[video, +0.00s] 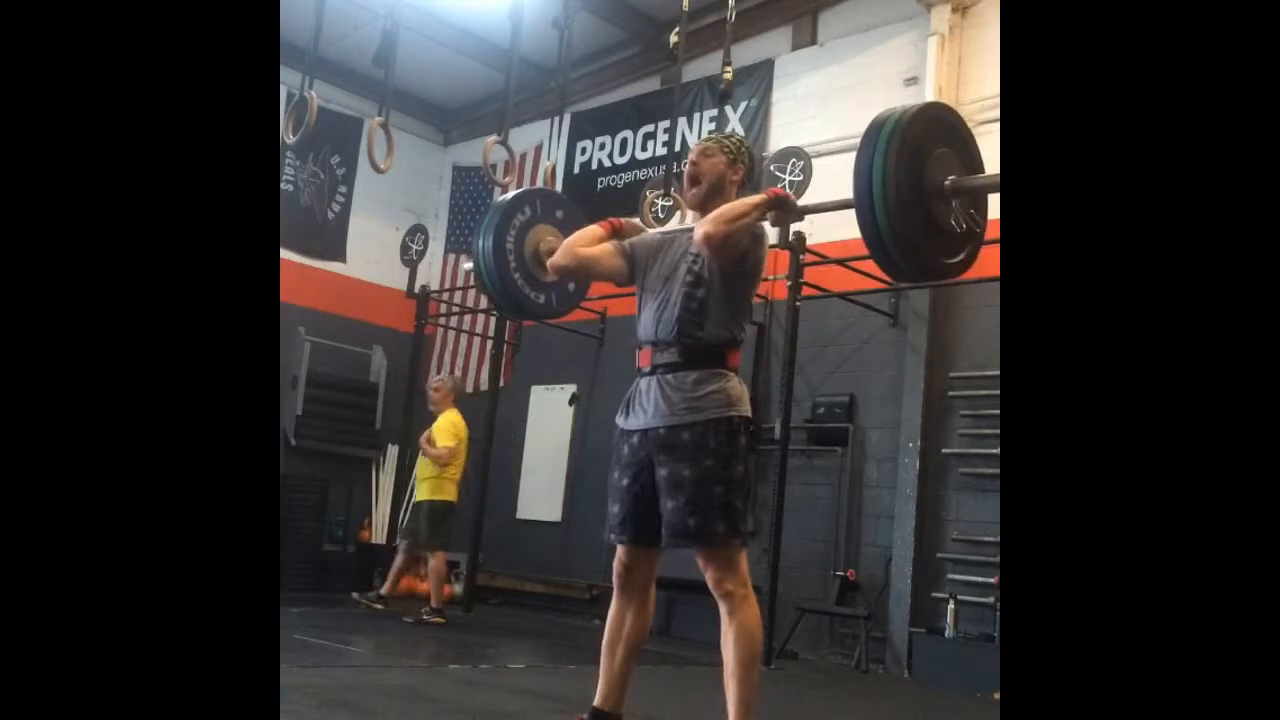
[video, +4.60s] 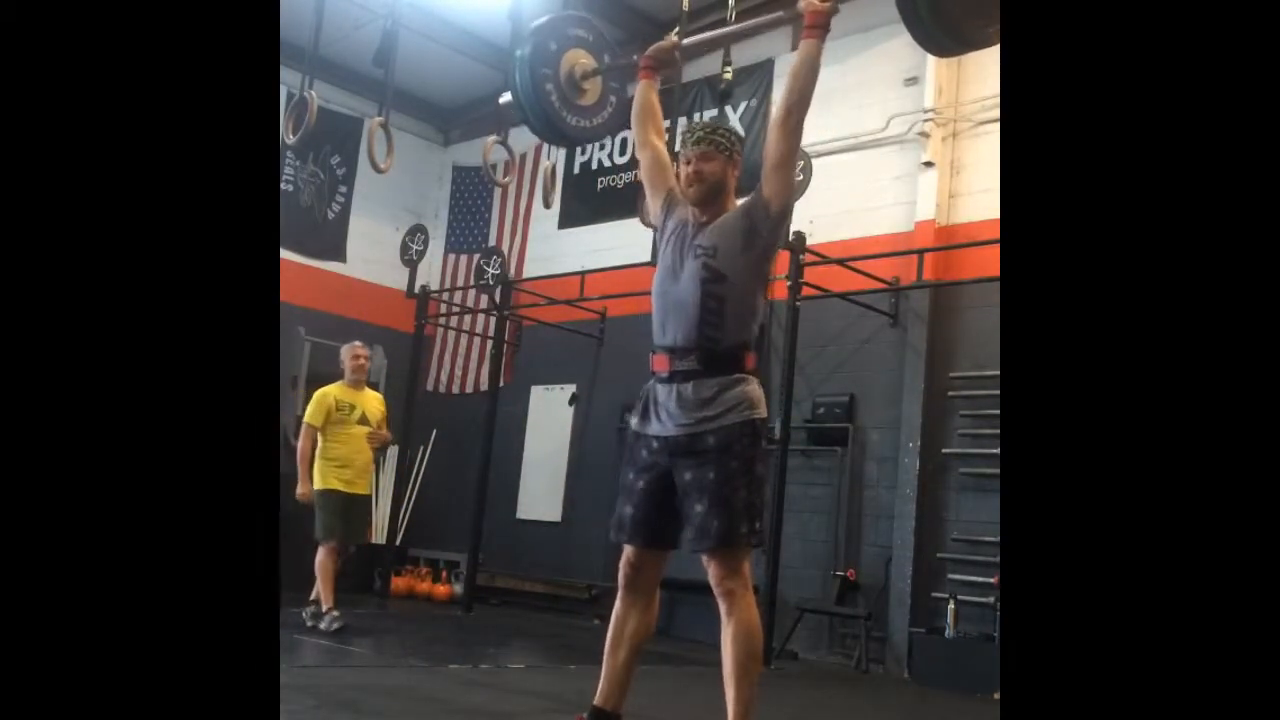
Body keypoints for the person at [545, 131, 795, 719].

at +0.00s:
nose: (691, 164)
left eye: (706, 156)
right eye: (690, 156)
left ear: (737, 173)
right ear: (682, 173)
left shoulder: (741, 237)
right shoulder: (657, 242)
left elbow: (708, 232)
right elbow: (562, 260)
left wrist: (765, 202)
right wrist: (612, 225)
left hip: (707, 417)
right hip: (641, 416)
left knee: (726, 580)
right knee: (629, 575)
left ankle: (739, 714)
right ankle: (605, 708)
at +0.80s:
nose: (680, 222)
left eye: (698, 220)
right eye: (681, 218)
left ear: (724, 248)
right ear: (672, 246)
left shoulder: (728, 307)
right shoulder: (641, 321)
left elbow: (686, 324)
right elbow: (545, 337)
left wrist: (740, 284)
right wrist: (590, 300)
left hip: (730, 485)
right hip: (663, 488)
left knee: (705, 594)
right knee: (561, 581)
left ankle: (732, 716)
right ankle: (595, 710)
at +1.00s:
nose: (671, 302)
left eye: (690, 298)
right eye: (671, 298)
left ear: (716, 323)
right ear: (661, 320)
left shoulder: (722, 389)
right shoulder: (632, 395)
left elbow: (676, 425)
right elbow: (538, 429)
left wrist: (731, 372)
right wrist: (577, 377)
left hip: (732, 547)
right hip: (657, 550)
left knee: (696, 601)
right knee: (546, 589)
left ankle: (727, 717)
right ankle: (595, 712)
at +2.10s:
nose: (686, 202)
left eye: (702, 202)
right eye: (684, 200)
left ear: (724, 232)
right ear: (670, 229)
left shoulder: (729, 294)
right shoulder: (639, 303)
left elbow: (712, 365)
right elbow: (568, 378)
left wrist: (743, 294)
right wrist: (575, 312)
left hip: (726, 459)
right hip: (657, 456)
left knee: (691, 580)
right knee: (573, 574)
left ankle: (725, 715)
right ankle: (596, 710)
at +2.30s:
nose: (715, 165)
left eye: (729, 158)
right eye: (710, 158)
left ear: (753, 177)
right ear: (700, 175)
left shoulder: (754, 228)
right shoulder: (669, 235)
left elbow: (739, 259)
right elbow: (579, 273)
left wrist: (763, 184)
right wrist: (592, 211)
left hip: (707, 402)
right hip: (643, 399)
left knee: (717, 561)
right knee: (614, 550)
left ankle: (736, 710)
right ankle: (592, 698)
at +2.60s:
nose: (695, 165)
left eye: (712, 159)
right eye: (693, 161)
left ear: (742, 179)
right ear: (684, 183)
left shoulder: (749, 235)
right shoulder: (651, 236)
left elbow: (800, 162)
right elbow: (592, 189)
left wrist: (800, 88)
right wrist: (620, 124)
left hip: (694, 416)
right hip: (628, 415)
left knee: (710, 578)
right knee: (617, 570)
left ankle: (734, 715)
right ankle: (602, 709)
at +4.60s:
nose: (696, 164)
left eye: (710, 156)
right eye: (690, 157)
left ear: (736, 170)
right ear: (680, 172)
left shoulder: (757, 219)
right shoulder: (670, 221)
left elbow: (786, 126)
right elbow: (649, 145)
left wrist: (813, 35)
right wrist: (646, 76)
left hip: (724, 409)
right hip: (658, 406)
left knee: (728, 579)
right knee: (635, 569)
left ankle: (739, 713)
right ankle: (604, 708)